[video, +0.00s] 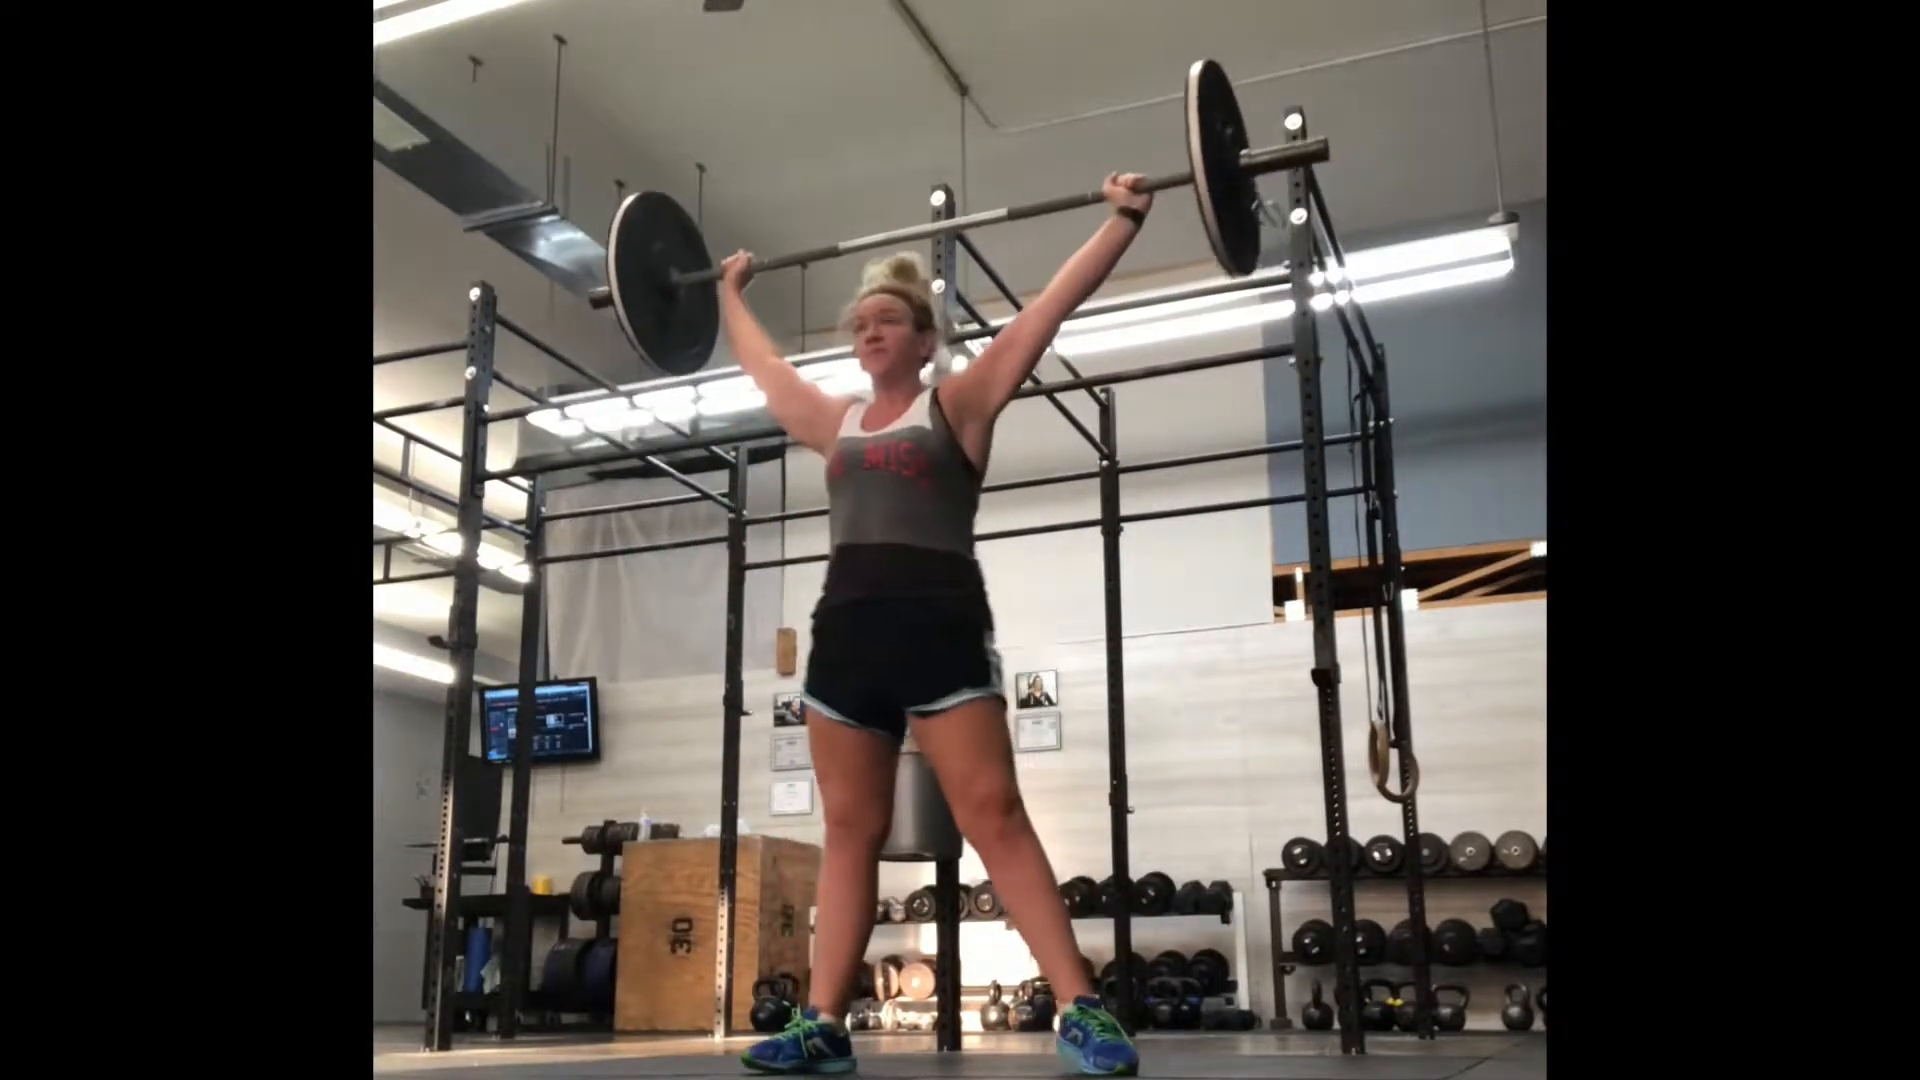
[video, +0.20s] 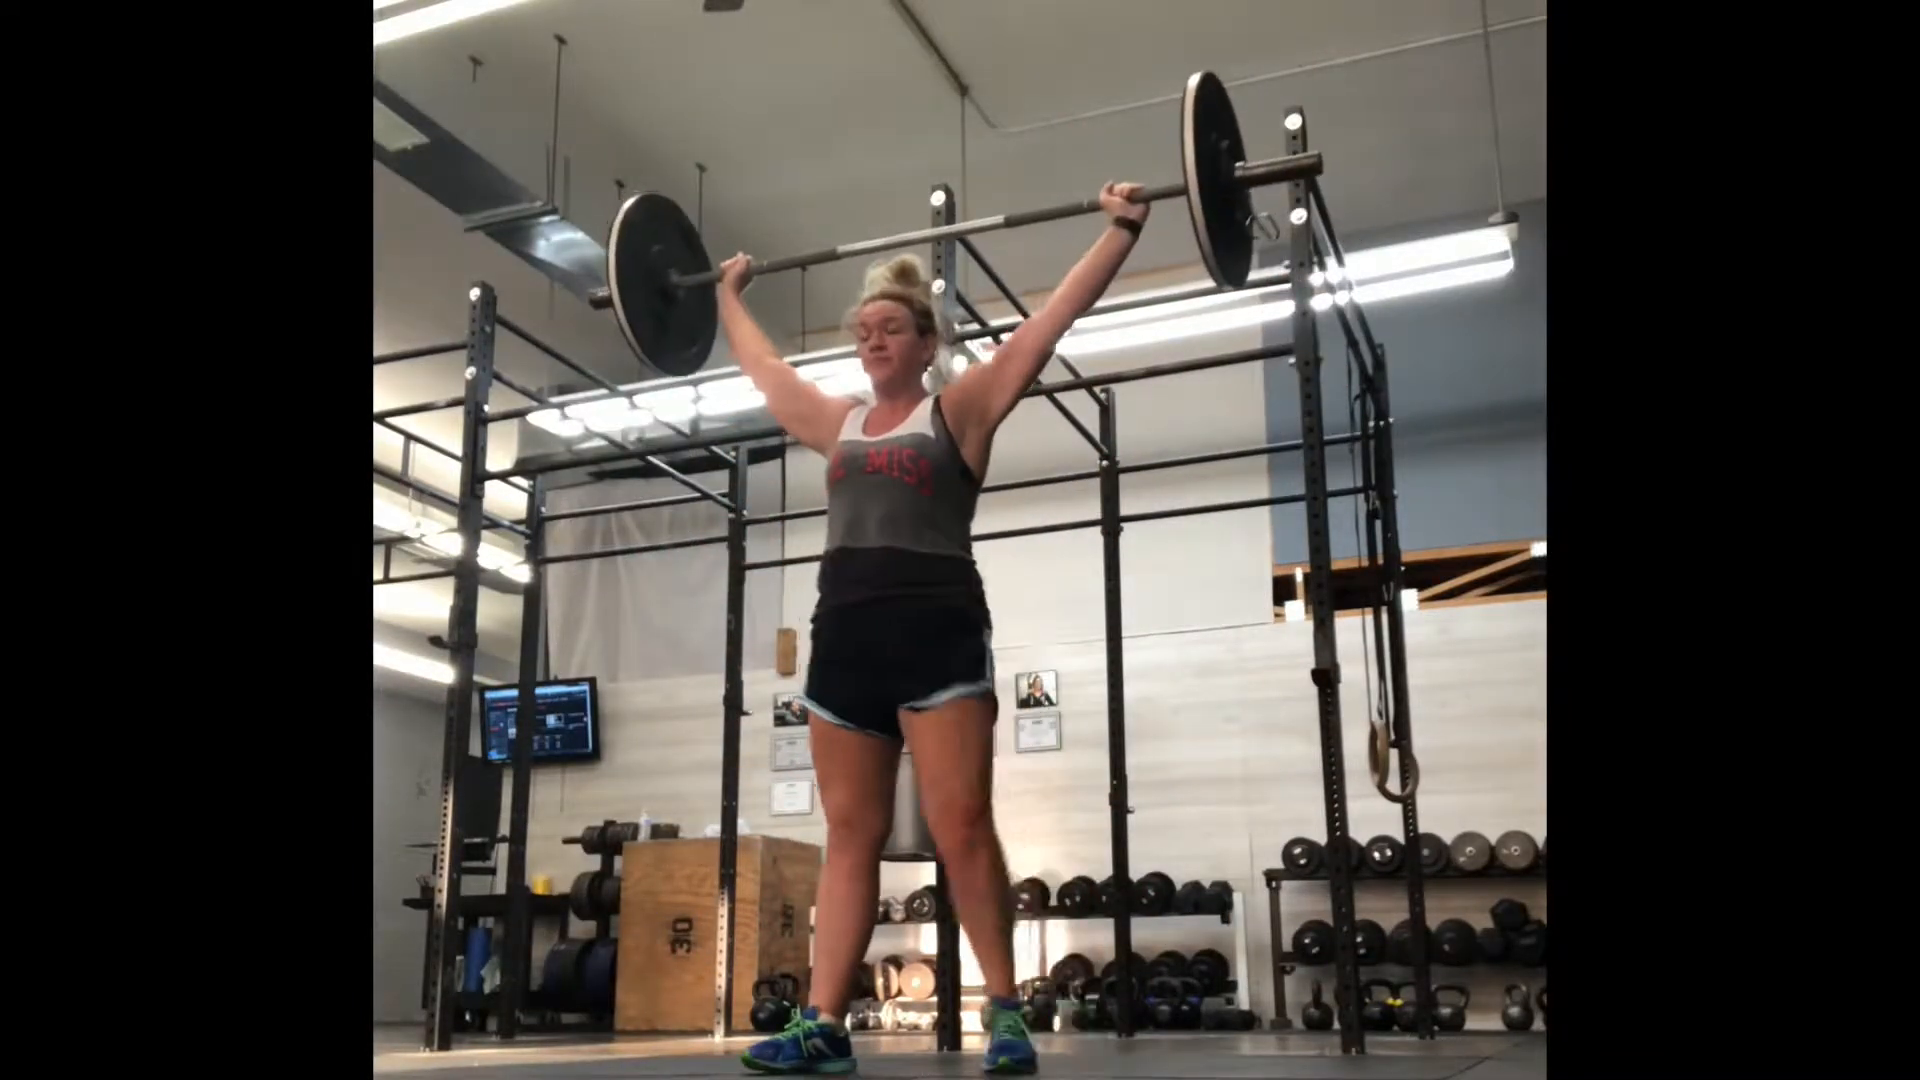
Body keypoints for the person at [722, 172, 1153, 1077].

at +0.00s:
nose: (872, 334)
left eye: (888, 322)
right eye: (862, 325)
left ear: (924, 335)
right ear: (851, 341)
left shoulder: (960, 400)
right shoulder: (838, 423)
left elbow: (1047, 309)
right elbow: (767, 368)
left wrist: (1122, 219)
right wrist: (728, 291)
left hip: (942, 631)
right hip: (845, 637)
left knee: (994, 815)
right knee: (847, 830)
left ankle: (1075, 1004)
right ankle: (821, 1021)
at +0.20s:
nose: (875, 341)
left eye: (890, 329)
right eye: (864, 331)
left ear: (926, 340)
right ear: (853, 344)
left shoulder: (960, 407)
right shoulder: (840, 423)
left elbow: (1046, 324)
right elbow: (766, 370)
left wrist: (1120, 229)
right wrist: (726, 293)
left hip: (939, 633)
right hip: (844, 640)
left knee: (961, 831)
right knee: (848, 836)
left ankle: (1003, 1008)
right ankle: (820, 1022)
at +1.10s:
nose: (751, 527)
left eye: (770, 512)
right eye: (746, 512)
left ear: (815, 528)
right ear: (742, 521)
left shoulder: (875, 592)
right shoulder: (757, 614)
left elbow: (956, 704)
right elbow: (719, 712)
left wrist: (1028, 803)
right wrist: (656, 816)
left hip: (935, 715)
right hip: (847, 729)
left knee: (946, 832)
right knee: (775, 838)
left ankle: (978, 1007)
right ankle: (789, 1012)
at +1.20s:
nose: (756, 472)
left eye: (773, 459)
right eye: (756, 460)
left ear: (820, 472)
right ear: (757, 476)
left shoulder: (875, 545)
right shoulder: (762, 566)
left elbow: (969, 633)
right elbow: (709, 662)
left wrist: (1021, 738)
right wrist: (650, 754)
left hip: (934, 697)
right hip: (845, 712)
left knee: (949, 822)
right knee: (770, 834)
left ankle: (978, 1006)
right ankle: (790, 1011)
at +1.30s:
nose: (797, 398)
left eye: (813, 386)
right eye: (794, 389)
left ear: (853, 400)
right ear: (792, 406)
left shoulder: (894, 479)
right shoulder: (778, 504)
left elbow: (997, 534)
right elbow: (695, 576)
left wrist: (1009, 625)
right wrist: (642, 650)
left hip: (922, 679)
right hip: (830, 690)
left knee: (933, 822)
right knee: (758, 835)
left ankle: (973, 1002)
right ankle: (784, 1007)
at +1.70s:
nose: (800, 422)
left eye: (816, 411)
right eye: (798, 411)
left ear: (860, 424)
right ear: (797, 423)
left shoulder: (897, 475)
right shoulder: (779, 495)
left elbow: (982, 397)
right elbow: (697, 449)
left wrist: (1016, 283)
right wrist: (643, 360)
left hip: (918, 701)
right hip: (820, 711)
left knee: (965, 830)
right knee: (723, 836)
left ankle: (998, 1006)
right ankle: (747, 1012)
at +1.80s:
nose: (780, 452)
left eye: (800, 442)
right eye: (779, 443)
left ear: (840, 460)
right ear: (777, 460)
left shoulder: (880, 508)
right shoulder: (763, 527)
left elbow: (956, 425)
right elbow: (691, 485)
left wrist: (1019, 315)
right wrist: (650, 403)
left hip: (917, 719)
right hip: (819, 731)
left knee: (974, 823)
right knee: (716, 838)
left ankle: (998, 1007)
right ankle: (747, 1012)